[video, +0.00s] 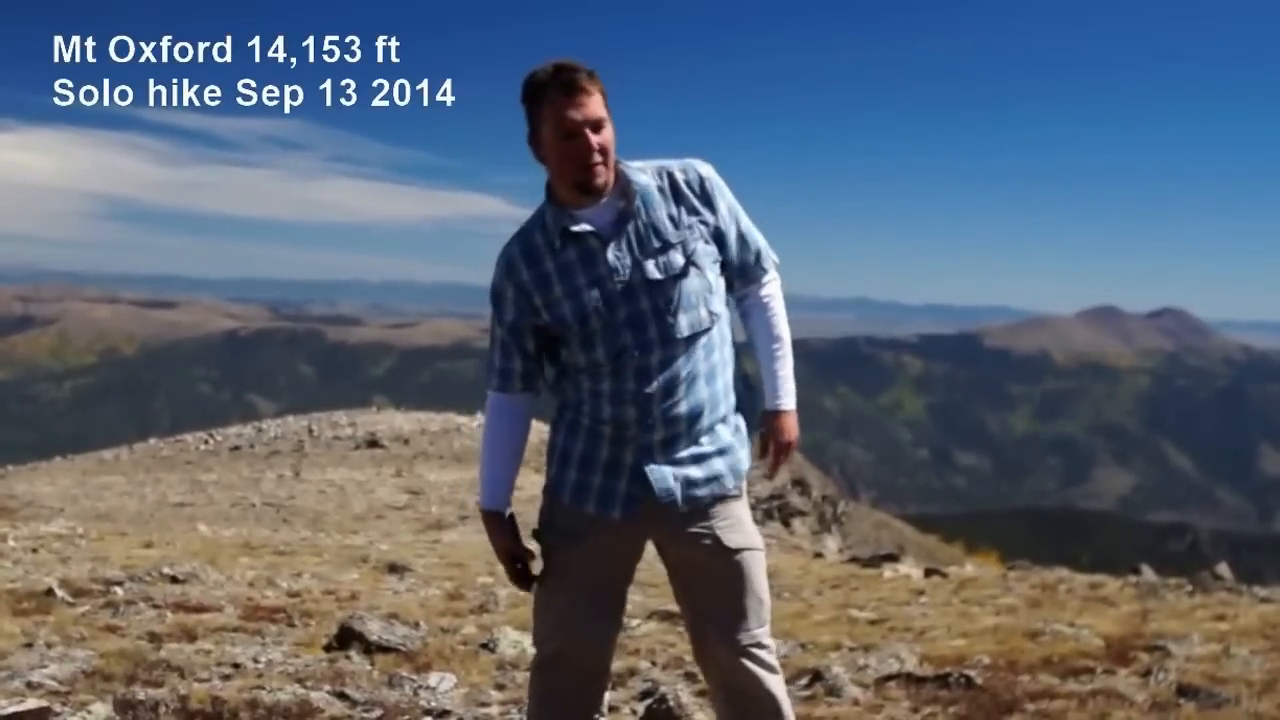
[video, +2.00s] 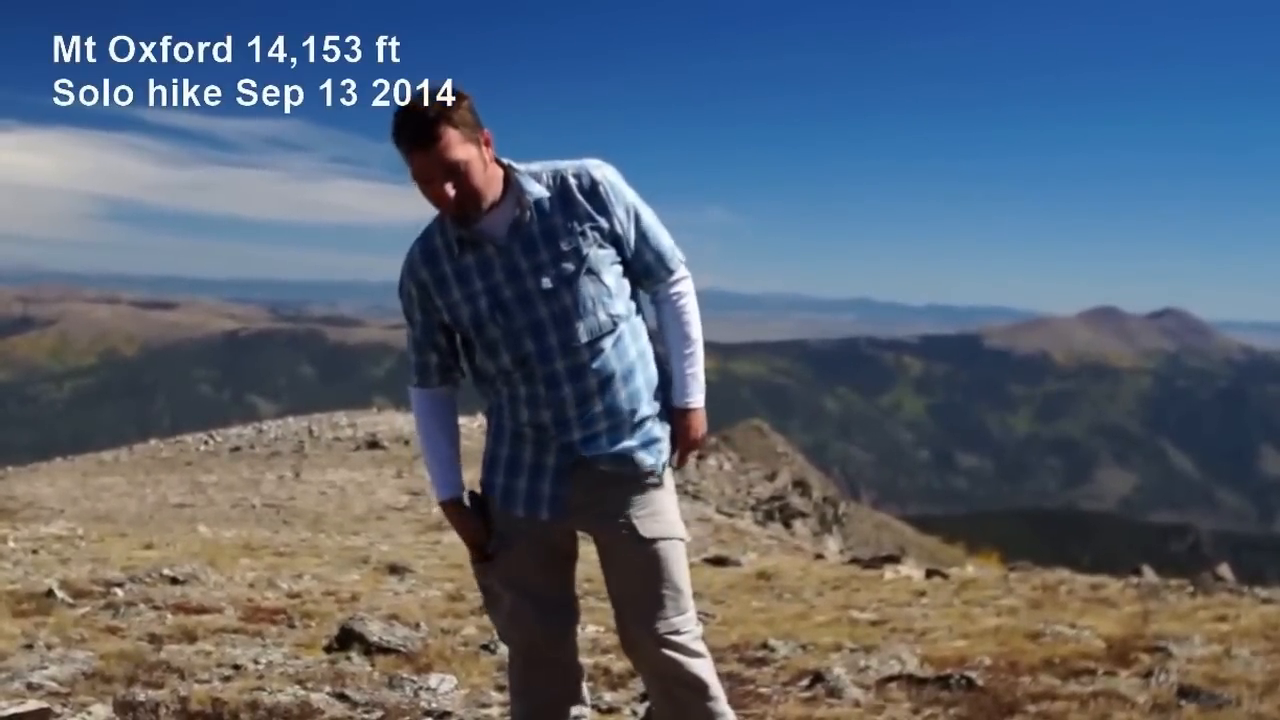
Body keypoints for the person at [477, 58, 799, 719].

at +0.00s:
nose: (591, 142)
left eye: (598, 125)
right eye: (571, 132)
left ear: (613, 127)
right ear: (538, 145)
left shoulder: (692, 189)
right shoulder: (525, 263)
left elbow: (758, 283)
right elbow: (509, 393)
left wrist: (780, 400)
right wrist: (493, 507)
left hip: (704, 465)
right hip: (591, 479)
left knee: (743, 660)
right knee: (565, 672)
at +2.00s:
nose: (443, 193)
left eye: (452, 172)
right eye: (427, 182)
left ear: (486, 146)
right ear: (412, 179)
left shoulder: (588, 190)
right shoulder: (428, 268)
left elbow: (670, 281)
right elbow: (431, 389)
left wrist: (689, 399)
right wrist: (451, 497)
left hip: (627, 447)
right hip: (521, 464)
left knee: (666, 641)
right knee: (536, 661)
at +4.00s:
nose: (722, 164)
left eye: (733, 149)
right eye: (707, 148)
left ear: (746, 142)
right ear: (671, 138)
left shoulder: (779, 225)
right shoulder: (603, 223)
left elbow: (807, 343)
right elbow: (556, 324)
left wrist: (832, 446)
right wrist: (529, 387)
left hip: (742, 475)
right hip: (629, 474)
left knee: (764, 661)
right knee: (592, 648)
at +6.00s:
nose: (687, 175)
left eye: (700, 159)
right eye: (674, 156)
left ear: (715, 153)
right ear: (636, 140)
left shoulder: (724, 237)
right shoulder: (555, 226)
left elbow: (723, 363)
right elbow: (500, 345)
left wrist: (757, 446)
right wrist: (512, 454)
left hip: (674, 492)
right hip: (561, 496)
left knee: (718, 671)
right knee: (573, 685)